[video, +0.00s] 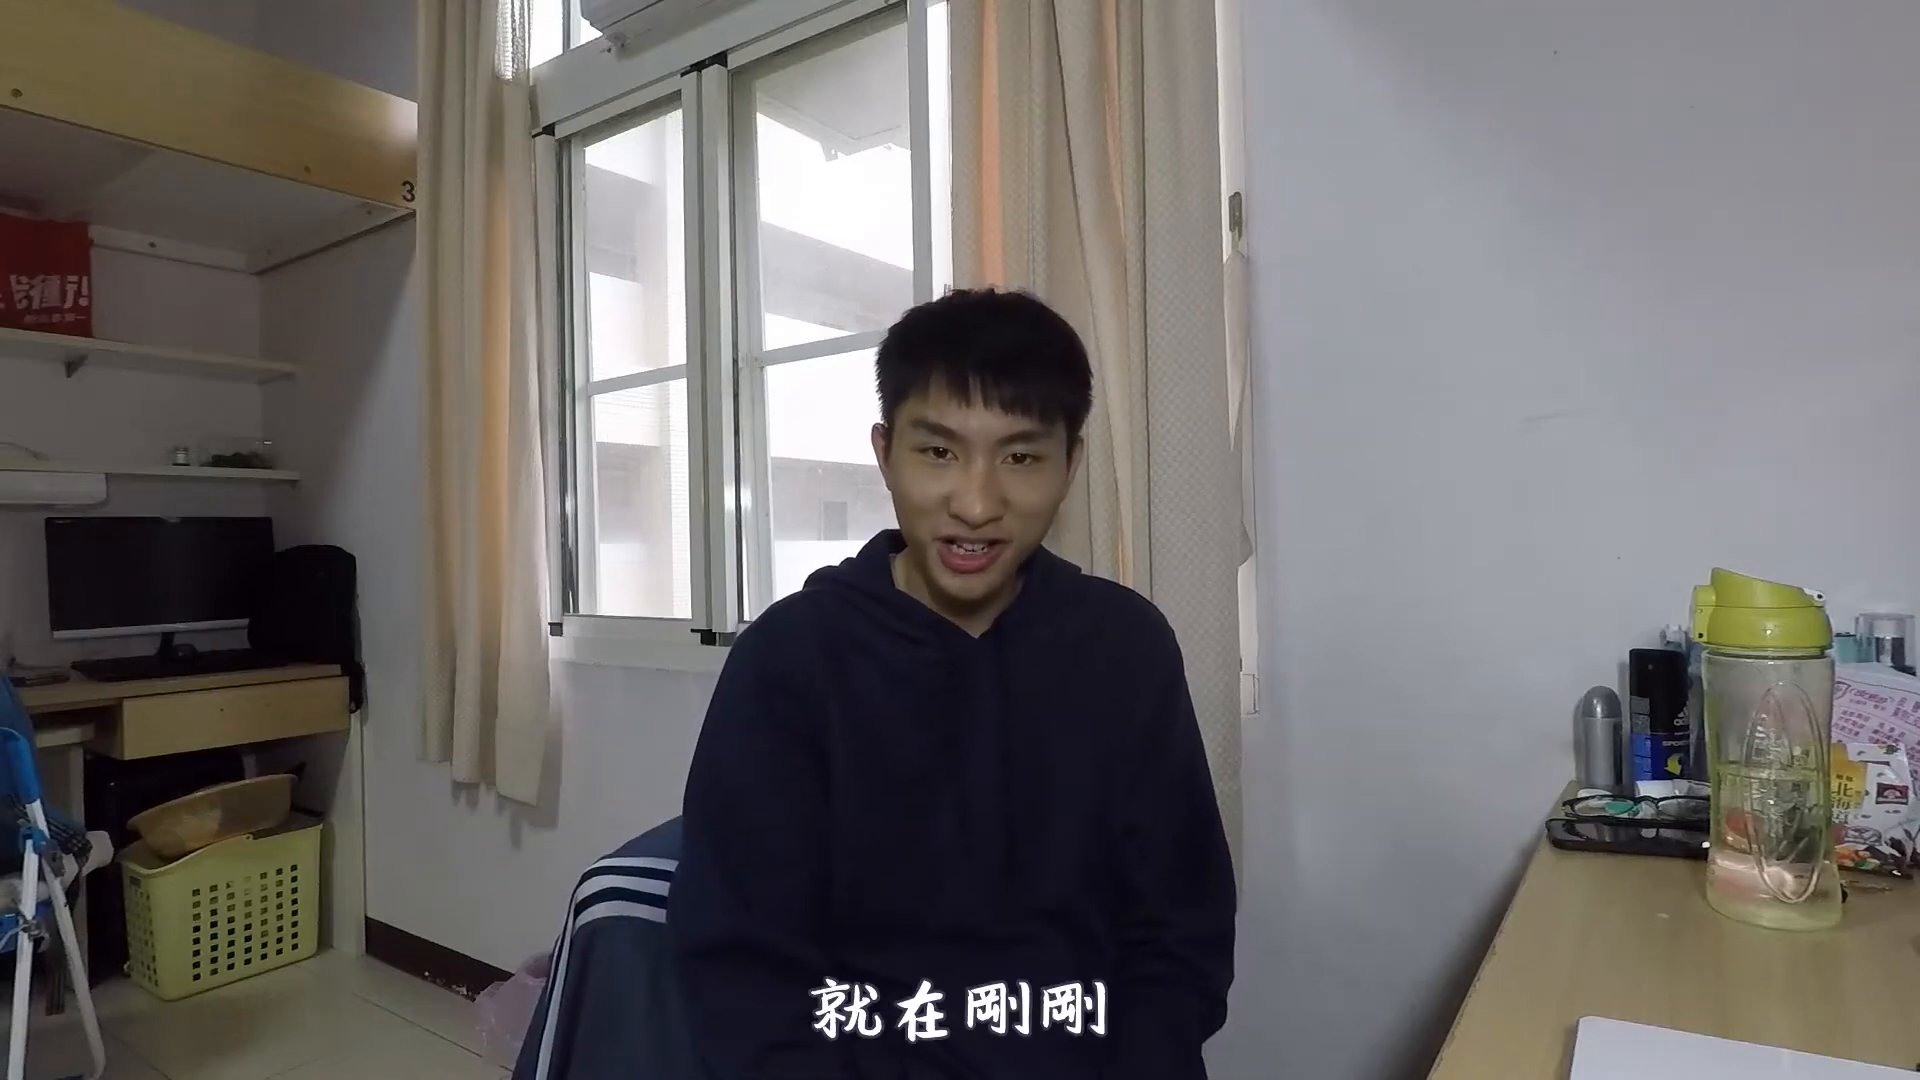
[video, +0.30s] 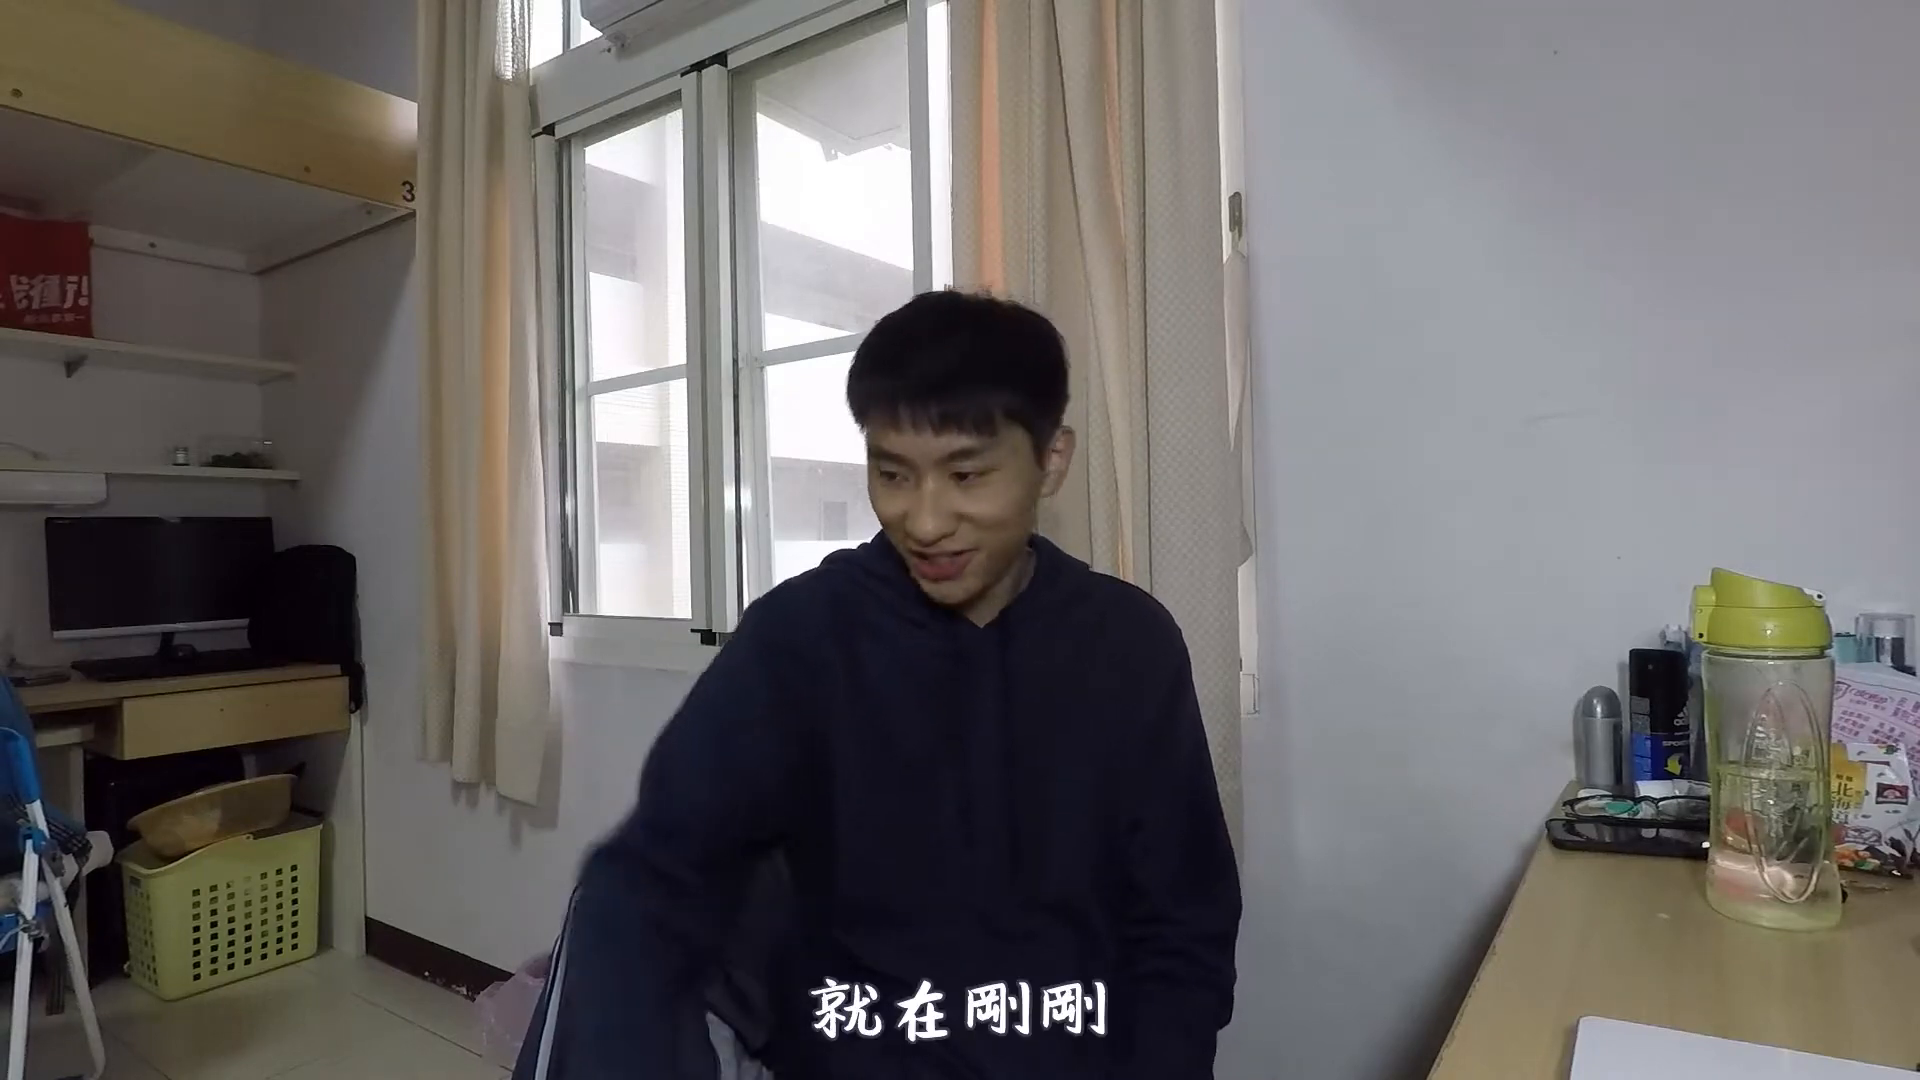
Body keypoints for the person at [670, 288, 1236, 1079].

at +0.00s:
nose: (976, 504)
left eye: (1021, 457)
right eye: (937, 451)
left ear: (1069, 467)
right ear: (883, 451)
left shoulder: (1128, 648)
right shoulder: (786, 660)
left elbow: (1186, 935)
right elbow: (731, 962)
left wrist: (1138, 1062)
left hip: (1078, 1051)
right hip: (857, 1051)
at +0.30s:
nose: (924, 520)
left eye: (969, 474)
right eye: (893, 474)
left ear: (1051, 463)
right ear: (867, 463)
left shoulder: (1131, 646)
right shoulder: (797, 639)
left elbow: (1189, 923)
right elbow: (648, 888)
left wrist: (1159, 1063)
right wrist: (611, 1063)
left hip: (1071, 1050)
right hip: (851, 1052)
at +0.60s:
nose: (854, 545)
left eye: (890, 501)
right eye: (828, 505)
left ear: (1000, 474)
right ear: (804, 486)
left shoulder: (1118, 643)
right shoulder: (771, 634)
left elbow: (1214, 929)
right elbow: (536, 787)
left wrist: (1185, 1070)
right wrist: (259, 951)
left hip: (1050, 1048)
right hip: (824, 1028)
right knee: (644, 884)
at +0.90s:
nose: (650, 602)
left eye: (673, 551)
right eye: (629, 561)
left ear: (791, 505)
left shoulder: (972, 630)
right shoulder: (696, 700)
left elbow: (983, 931)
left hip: (1039, 1015)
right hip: (846, 1022)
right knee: (625, 893)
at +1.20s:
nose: (421, 716)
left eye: (440, 651)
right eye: (393, 681)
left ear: (572, 598)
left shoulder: (703, 764)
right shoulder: (716, 684)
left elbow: (560, 1068)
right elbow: (628, 903)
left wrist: (538, 1015)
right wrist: (553, 997)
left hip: (1028, 1060)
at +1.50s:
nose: (415, 767)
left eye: (446, 690)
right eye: (366, 726)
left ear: (566, 634)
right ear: (344, 736)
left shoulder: (707, 789)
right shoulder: (673, 701)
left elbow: (581, 1061)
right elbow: (597, 927)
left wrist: (535, 1022)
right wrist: (551, 1005)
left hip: (1054, 1052)